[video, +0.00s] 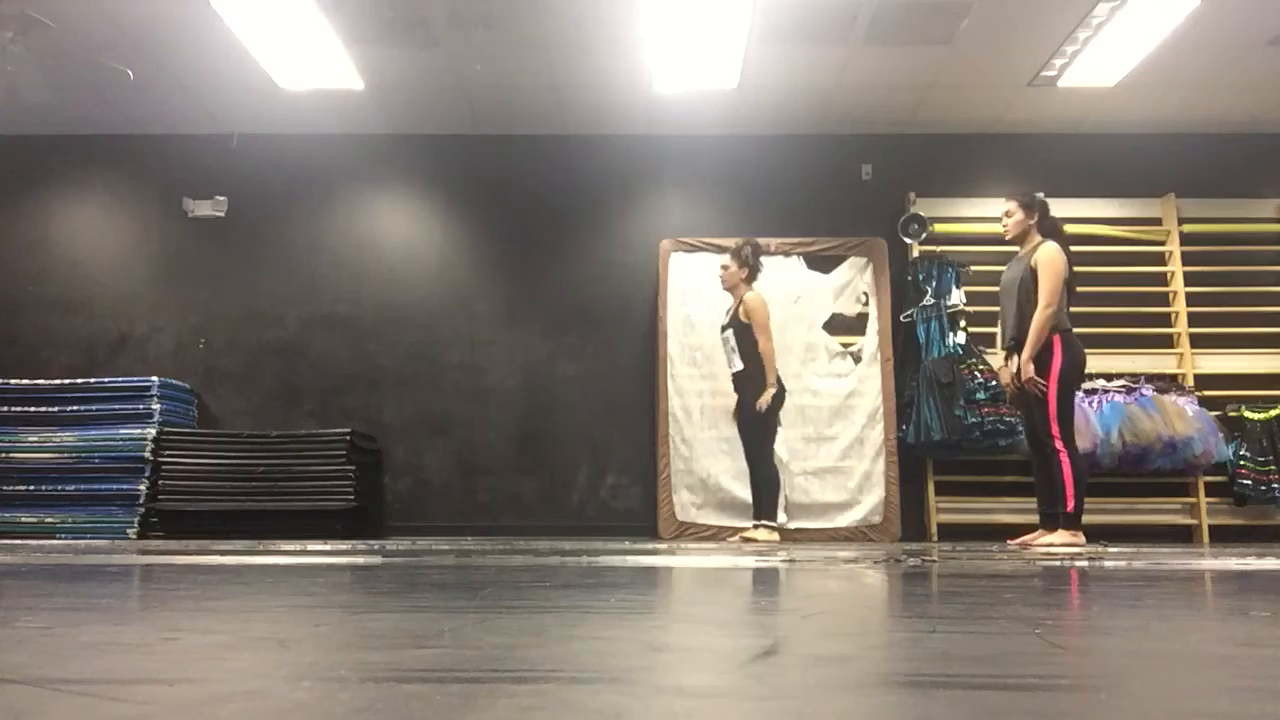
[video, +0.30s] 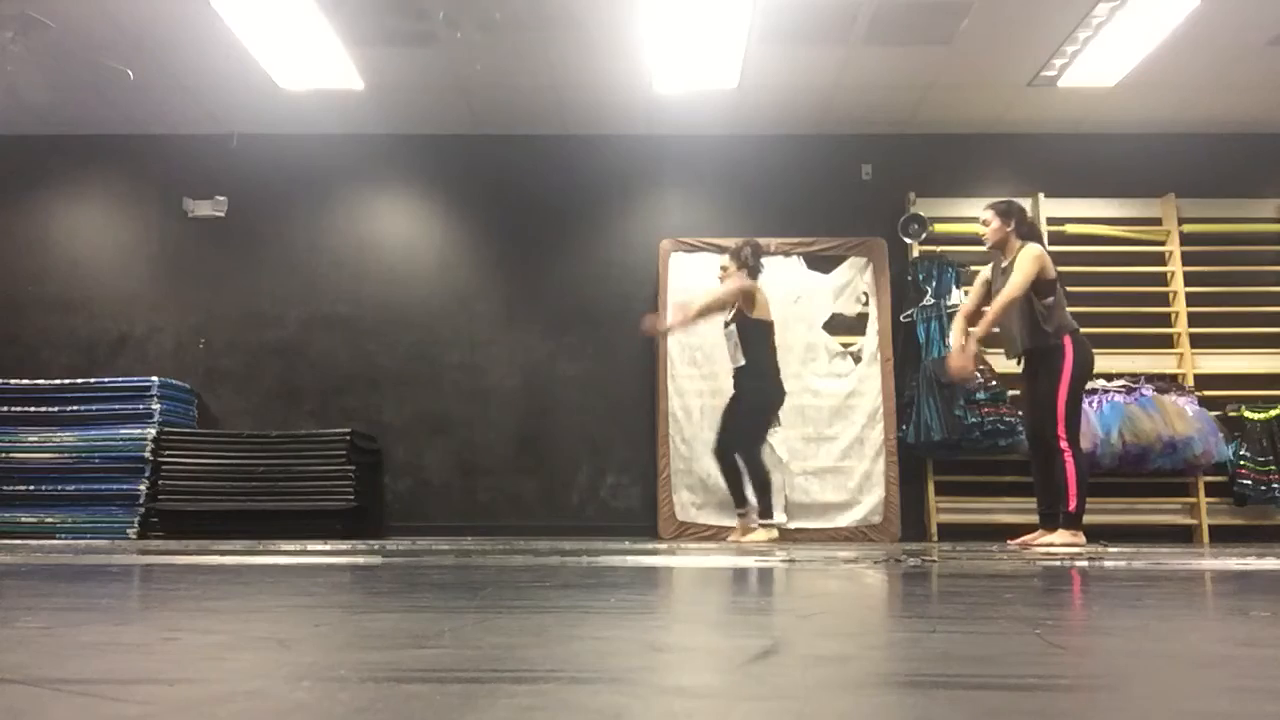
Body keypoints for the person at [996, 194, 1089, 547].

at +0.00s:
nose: (1003, 221)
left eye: (1009, 215)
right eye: (1002, 216)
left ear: (1032, 216)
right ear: (1015, 220)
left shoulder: (1049, 251)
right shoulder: (1017, 260)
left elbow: (1048, 308)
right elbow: (1009, 314)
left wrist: (1026, 357)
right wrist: (1004, 358)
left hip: (1053, 349)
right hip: (1029, 354)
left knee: (1057, 438)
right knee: (1039, 440)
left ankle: (1071, 528)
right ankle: (1050, 525)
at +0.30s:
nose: (981, 230)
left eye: (987, 223)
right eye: (981, 224)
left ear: (1010, 224)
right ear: (997, 227)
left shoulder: (1032, 254)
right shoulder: (990, 271)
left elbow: (1007, 298)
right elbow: (964, 312)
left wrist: (974, 341)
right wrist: (956, 348)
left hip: (1064, 352)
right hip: (1036, 357)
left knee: (1060, 436)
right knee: (1038, 437)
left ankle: (1071, 529)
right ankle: (1049, 526)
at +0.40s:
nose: (983, 230)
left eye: (989, 223)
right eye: (982, 224)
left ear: (1012, 223)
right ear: (1004, 225)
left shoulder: (1030, 247)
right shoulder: (993, 264)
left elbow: (1020, 278)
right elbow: (969, 295)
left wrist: (963, 303)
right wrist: (947, 313)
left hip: (1060, 350)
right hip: (1034, 355)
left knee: (1048, 436)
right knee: (1029, 437)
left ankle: (1070, 528)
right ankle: (1048, 526)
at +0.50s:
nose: (995, 229)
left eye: (999, 222)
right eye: (994, 223)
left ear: (1022, 222)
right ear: (1009, 226)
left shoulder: (1039, 243)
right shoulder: (1008, 258)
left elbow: (1054, 275)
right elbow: (997, 296)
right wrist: (958, 287)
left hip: (1047, 349)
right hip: (1024, 353)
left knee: (1023, 433)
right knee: (1006, 436)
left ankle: (1067, 523)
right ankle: (1040, 521)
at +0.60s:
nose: (1008, 237)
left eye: (1013, 230)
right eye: (1006, 231)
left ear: (1035, 228)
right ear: (1024, 231)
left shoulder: (1055, 255)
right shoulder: (1024, 266)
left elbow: (1098, 289)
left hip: (1031, 350)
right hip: (1009, 353)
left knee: (997, 428)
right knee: (974, 433)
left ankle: (1050, 509)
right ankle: (1022, 509)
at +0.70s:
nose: (1013, 249)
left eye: (1018, 242)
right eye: (1011, 244)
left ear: (1040, 239)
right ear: (1025, 245)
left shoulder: (1065, 266)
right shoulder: (1032, 276)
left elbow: (1099, 299)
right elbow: (1068, 323)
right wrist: (1067, 341)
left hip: (1019, 351)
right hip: (998, 353)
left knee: (985, 426)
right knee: (965, 430)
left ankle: (1038, 507)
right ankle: (1013, 511)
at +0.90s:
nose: (998, 271)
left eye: (1003, 263)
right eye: (997, 265)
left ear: (1027, 261)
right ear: (1021, 265)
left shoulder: (1047, 288)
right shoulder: (1018, 301)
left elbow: (1092, 325)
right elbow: (1055, 353)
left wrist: (1109, 374)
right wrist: (1060, 405)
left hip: (1041, 385)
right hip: (1016, 388)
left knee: (991, 441)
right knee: (976, 452)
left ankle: (1052, 511)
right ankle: (1033, 518)